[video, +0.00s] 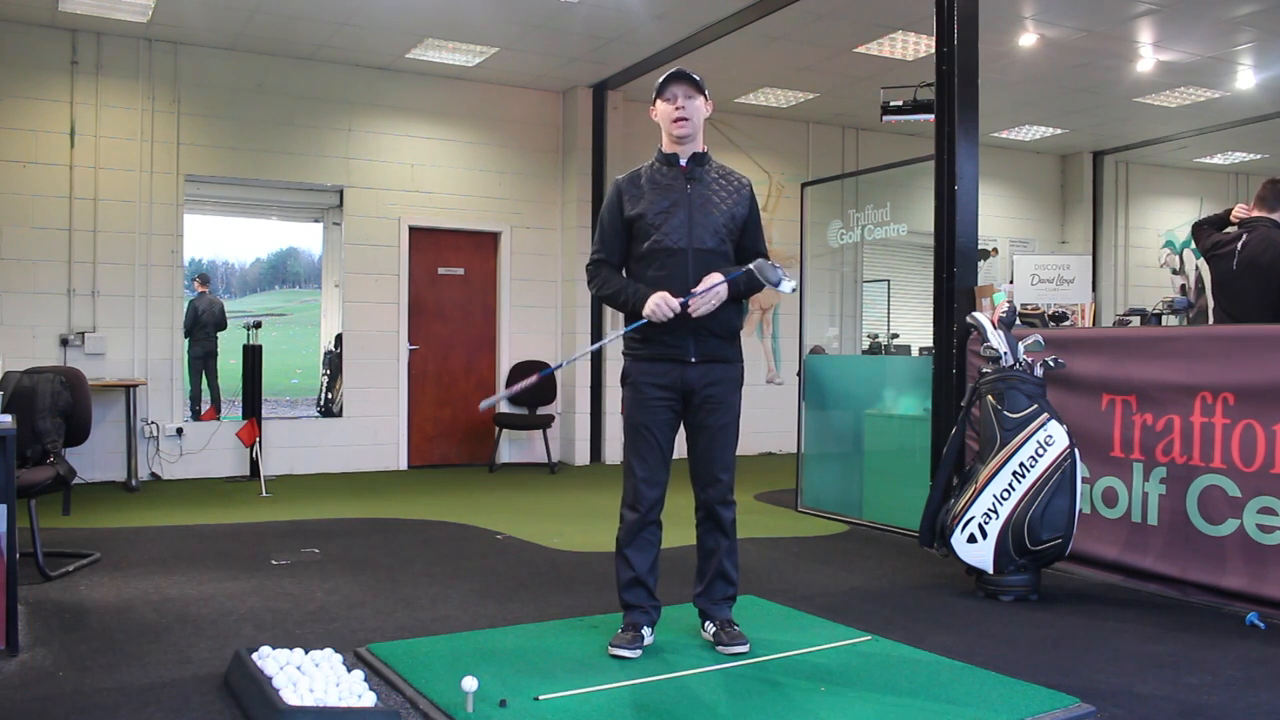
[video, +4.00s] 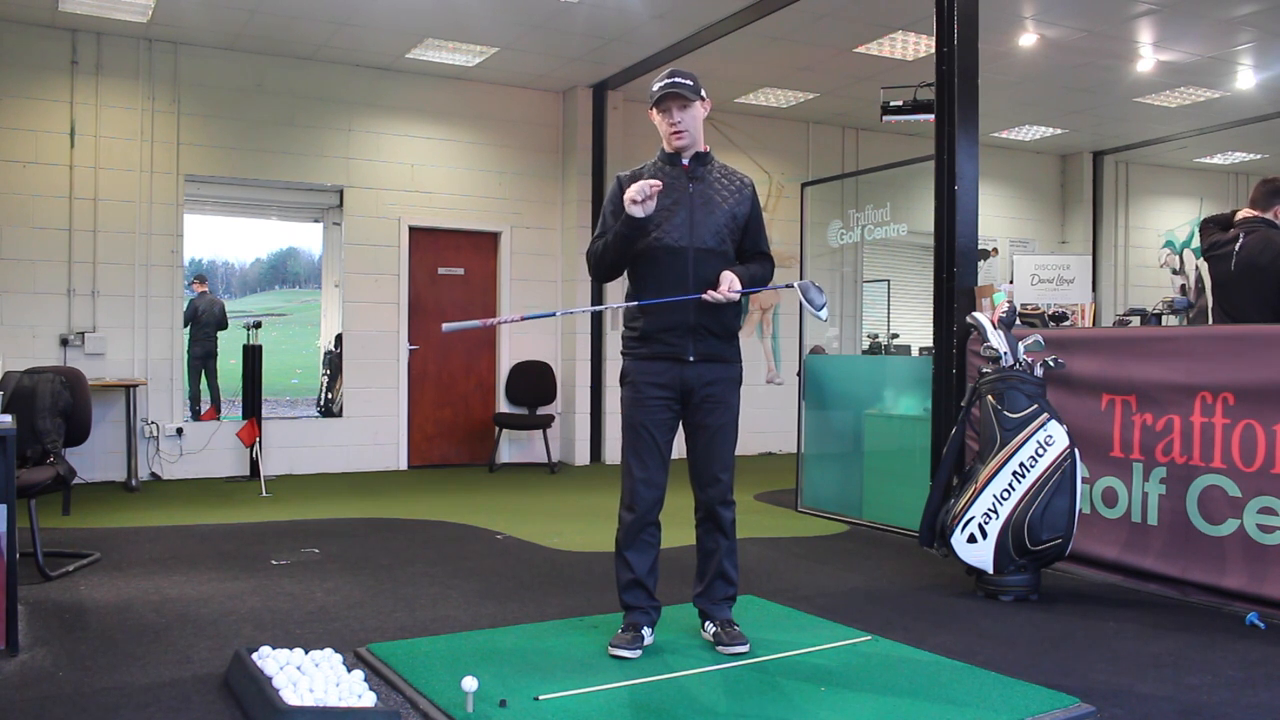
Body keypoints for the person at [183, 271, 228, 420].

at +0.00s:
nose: (194, 285)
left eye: (195, 283)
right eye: (194, 282)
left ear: (199, 284)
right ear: (207, 285)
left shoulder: (194, 302)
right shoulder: (218, 302)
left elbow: (188, 325)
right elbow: (223, 325)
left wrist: (187, 333)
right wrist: (211, 328)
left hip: (197, 344)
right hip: (212, 344)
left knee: (195, 382)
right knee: (213, 380)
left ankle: (196, 414)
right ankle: (216, 412)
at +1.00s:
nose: (193, 286)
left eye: (194, 284)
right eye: (194, 284)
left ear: (198, 284)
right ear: (207, 284)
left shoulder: (195, 303)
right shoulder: (217, 302)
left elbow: (190, 325)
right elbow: (219, 322)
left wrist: (184, 332)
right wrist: (208, 326)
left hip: (197, 344)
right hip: (212, 344)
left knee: (195, 382)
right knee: (213, 381)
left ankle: (196, 414)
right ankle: (216, 412)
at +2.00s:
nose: (192, 287)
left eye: (192, 285)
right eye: (192, 285)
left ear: (195, 285)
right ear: (206, 284)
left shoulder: (194, 303)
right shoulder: (216, 302)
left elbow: (190, 326)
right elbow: (219, 323)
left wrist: (184, 331)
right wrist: (208, 326)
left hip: (197, 344)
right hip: (212, 344)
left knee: (196, 382)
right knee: (213, 381)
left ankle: (195, 414)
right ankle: (216, 412)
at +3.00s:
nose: (191, 288)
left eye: (191, 285)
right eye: (191, 285)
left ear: (196, 285)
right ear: (204, 285)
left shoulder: (194, 302)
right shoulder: (217, 301)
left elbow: (188, 325)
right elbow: (224, 323)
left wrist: (191, 330)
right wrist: (211, 326)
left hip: (197, 346)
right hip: (212, 346)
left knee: (194, 383)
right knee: (213, 381)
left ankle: (195, 414)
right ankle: (216, 412)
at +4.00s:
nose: (192, 287)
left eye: (193, 285)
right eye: (192, 285)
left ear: (199, 285)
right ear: (206, 285)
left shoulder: (195, 302)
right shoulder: (218, 302)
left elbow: (184, 322)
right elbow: (224, 325)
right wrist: (210, 326)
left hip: (196, 345)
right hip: (212, 345)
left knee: (194, 383)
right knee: (213, 381)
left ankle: (195, 415)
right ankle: (216, 412)